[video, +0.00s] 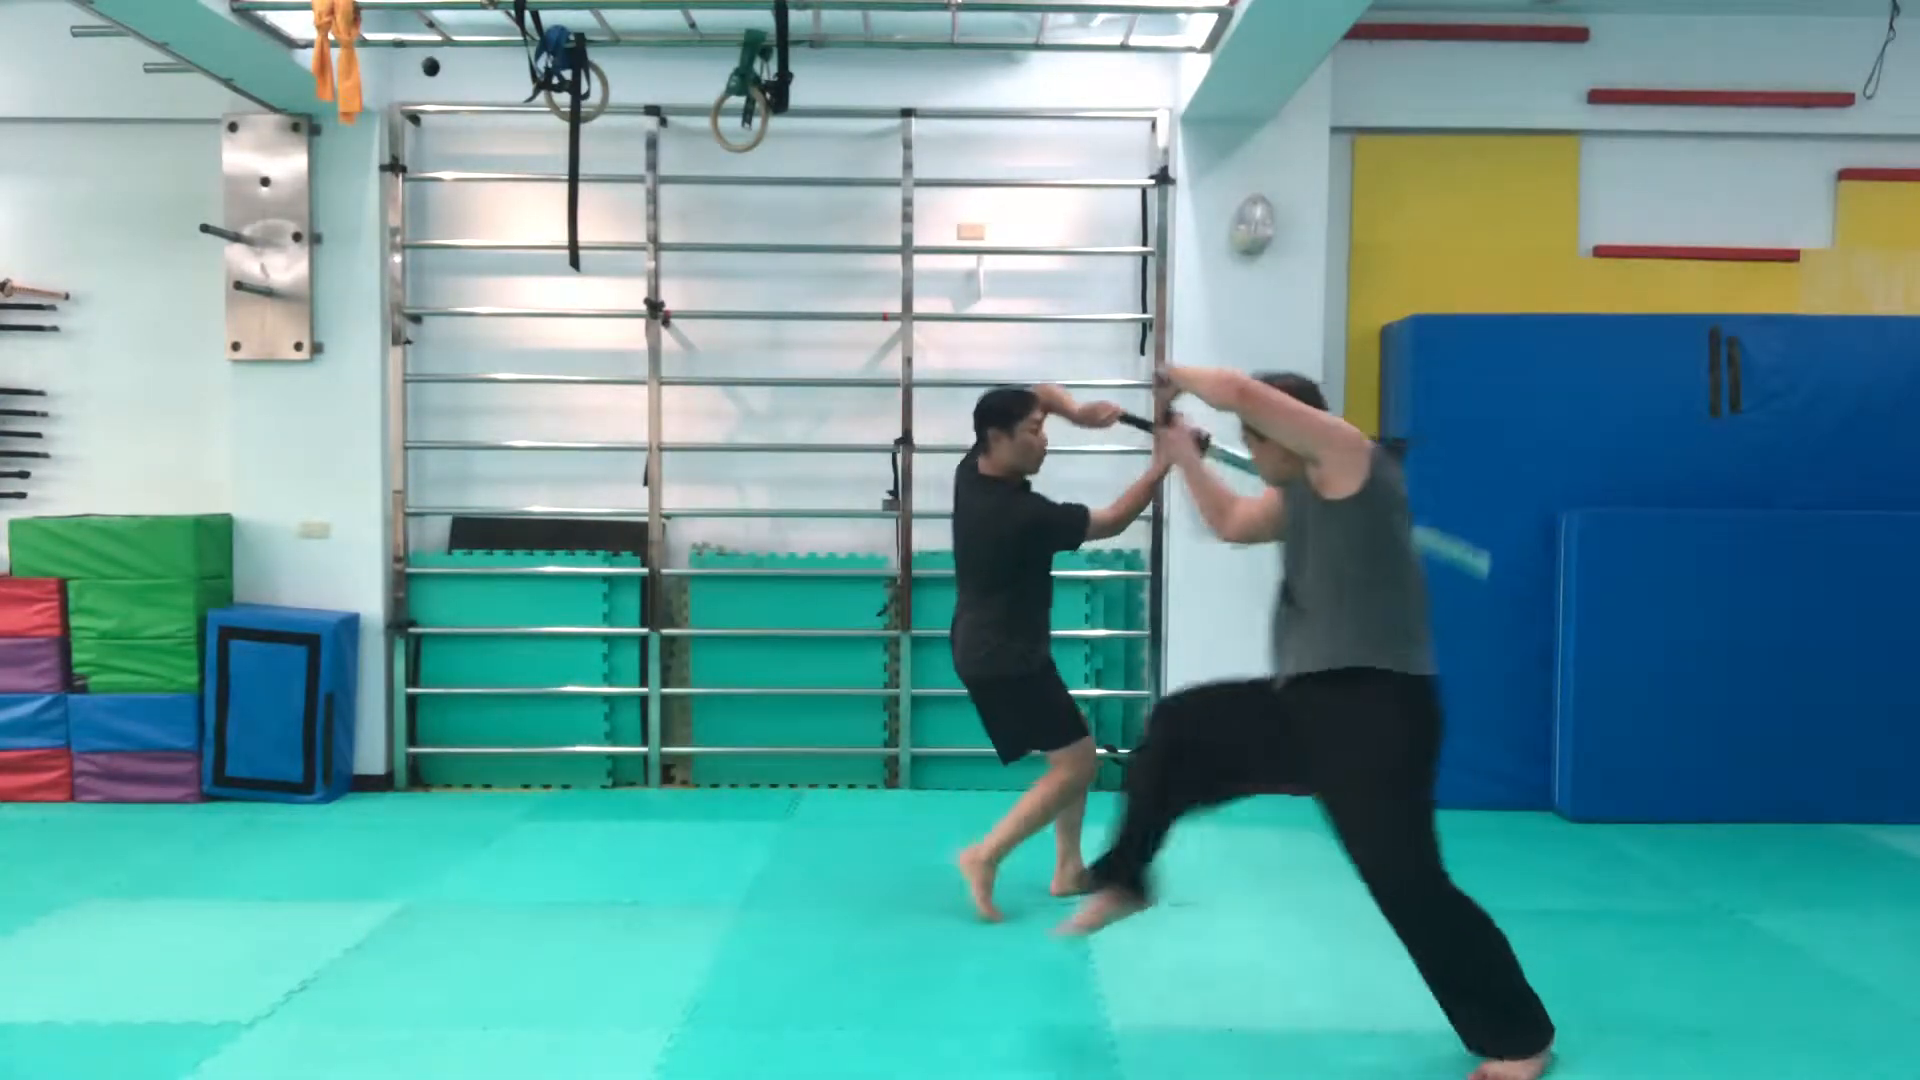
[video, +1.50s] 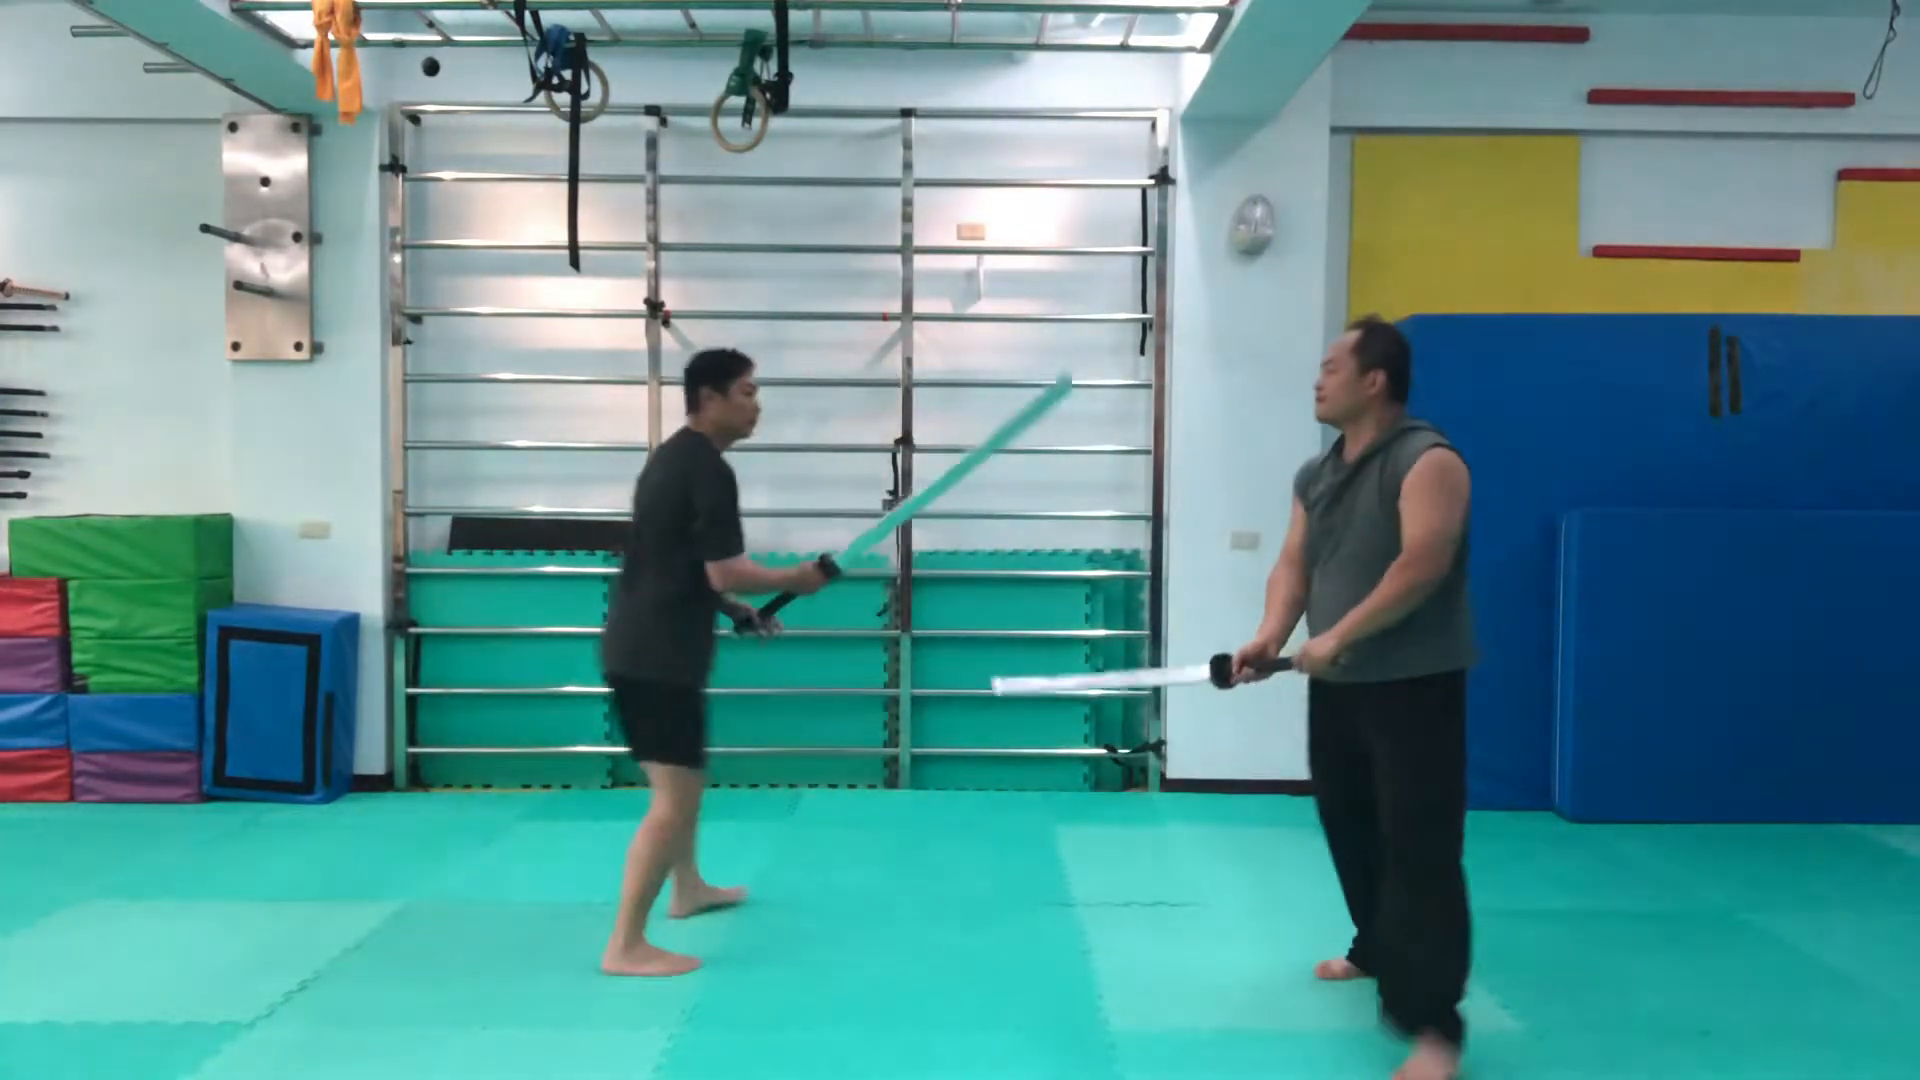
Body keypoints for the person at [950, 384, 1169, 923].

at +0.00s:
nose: (1045, 441)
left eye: (1043, 430)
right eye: (1034, 432)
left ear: (993, 439)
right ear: (998, 439)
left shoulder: (972, 473)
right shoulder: (1022, 512)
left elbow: (1035, 395)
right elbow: (1112, 520)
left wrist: (1076, 413)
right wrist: (1165, 460)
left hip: (984, 646)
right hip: (1010, 656)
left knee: (1072, 751)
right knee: (1077, 761)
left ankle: (1070, 870)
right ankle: (983, 857)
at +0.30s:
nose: (1027, 422)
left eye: (1026, 409)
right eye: (1014, 412)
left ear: (979, 420)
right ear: (979, 420)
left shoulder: (971, 464)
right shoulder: (1006, 491)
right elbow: (1084, 523)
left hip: (990, 636)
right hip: (1003, 646)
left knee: (1066, 742)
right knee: (1049, 768)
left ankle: (1075, 869)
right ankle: (953, 877)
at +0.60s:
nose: (978, 406)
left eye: (978, 393)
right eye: (966, 394)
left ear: (927, 405)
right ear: (928, 403)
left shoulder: (911, 458)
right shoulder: (957, 476)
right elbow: (1028, 518)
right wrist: (1073, 472)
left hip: (925, 637)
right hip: (953, 643)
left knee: (992, 753)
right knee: (991, 763)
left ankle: (1004, 863)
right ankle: (936, 893)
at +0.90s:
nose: (899, 400)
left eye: (897, 390)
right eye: (887, 391)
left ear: (853, 404)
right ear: (854, 400)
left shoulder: (828, 467)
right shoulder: (876, 474)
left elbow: (869, 518)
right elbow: (961, 523)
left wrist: (920, 490)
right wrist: (997, 485)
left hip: (846, 640)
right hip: (889, 644)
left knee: (856, 748)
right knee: (937, 760)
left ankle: (748, 841)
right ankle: (933, 898)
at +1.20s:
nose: (816, 401)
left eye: (814, 390)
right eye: (805, 392)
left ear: (767, 402)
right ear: (769, 399)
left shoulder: (736, 465)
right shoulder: (773, 469)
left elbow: (741, 565)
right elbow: (792, 562)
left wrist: (817, 572)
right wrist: (850, 567)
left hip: (726, 650)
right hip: (766, 651)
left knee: (749, 760)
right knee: (824, 757)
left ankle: (696, 887)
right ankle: (841, 905)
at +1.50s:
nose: (758, 405)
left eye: (755, 392)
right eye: (747, 393)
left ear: (706, 402)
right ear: (710, 400)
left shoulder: (669, 458)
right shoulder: (707, 468)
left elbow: (672, 562)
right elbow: (724, 572)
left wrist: (738, 607)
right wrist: (796, 577)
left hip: (641, 649)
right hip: (661, 658)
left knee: (681, 777)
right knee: (672, 799)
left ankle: (688, 887)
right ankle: (625, 945)